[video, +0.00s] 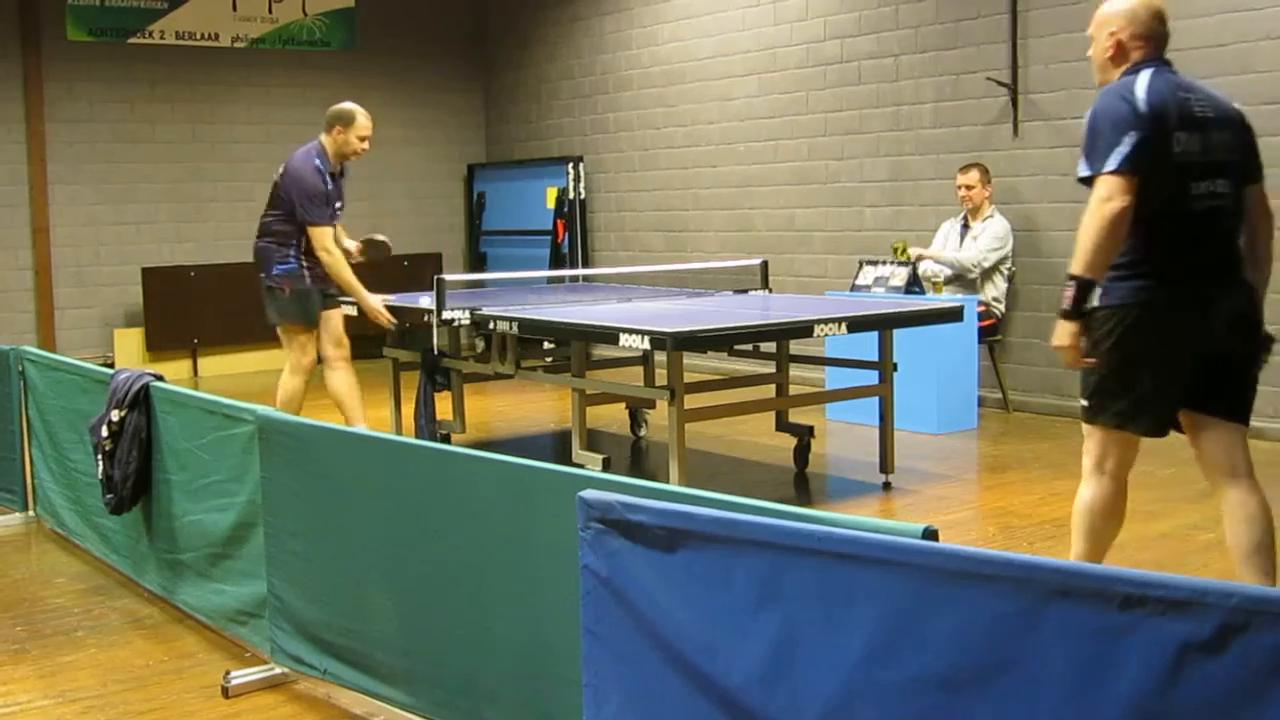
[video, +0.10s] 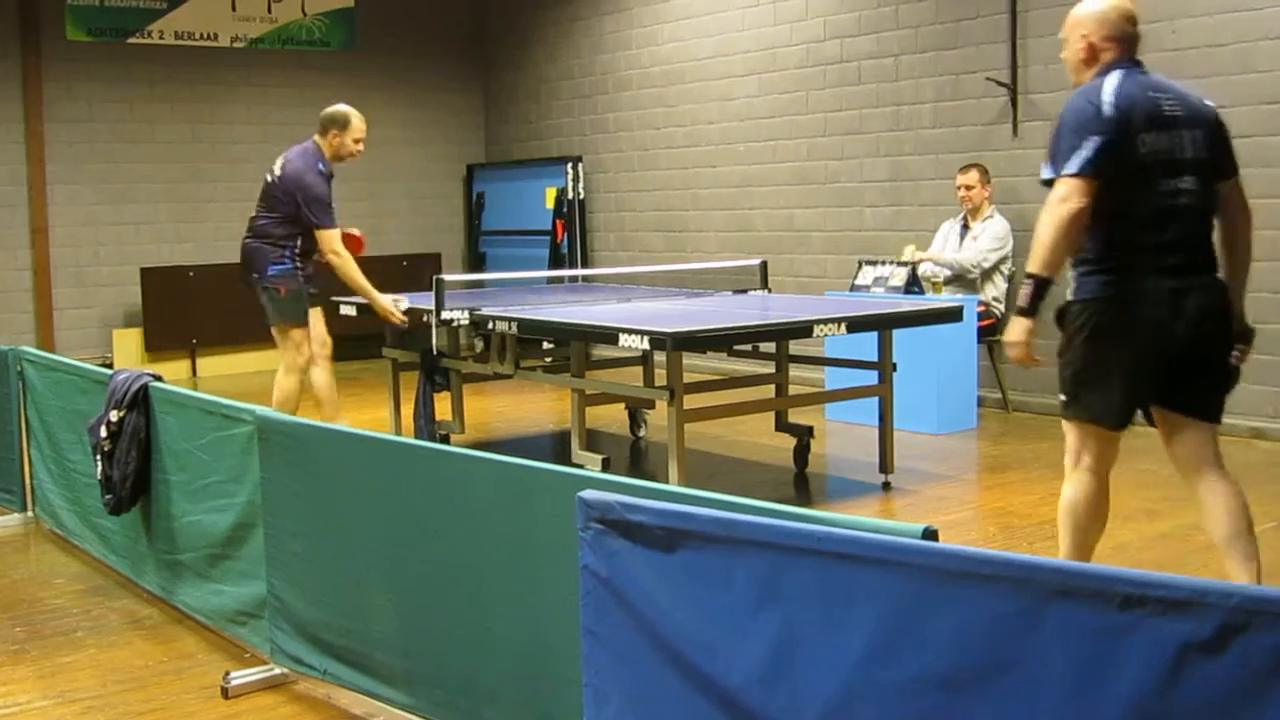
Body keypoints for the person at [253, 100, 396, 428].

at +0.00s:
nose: (366, 147)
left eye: (368, 140)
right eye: (361, 139)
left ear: (341, 135)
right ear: (336, 132)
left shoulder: (334, 165)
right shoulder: (307, 170)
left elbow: (327, 216)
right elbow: (323, 250)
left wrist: (345, 241)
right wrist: (365, 299)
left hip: (317, 259)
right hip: (284, 262)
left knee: (337, 351)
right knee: (301, 359)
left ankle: (360, 438)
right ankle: (278, 444)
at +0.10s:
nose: (361, 149)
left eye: (363, 141)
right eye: (356, 141)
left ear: (332, 136)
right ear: (332, 136)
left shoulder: (307, 155)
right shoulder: (310, 174)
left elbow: (297, 215)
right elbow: (333, 253)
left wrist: (332, 236)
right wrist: (376, 300)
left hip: (289, 258)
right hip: (273, 259)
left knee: (320, 349)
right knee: (295, 355)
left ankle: (337, 435)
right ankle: (278, 442)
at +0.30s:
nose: (343, 143)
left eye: (344, 136)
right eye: (341, 136)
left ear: (316, 130)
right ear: (321, 131)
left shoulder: (277, 149)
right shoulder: (303, 168)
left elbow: (267, 211)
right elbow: (316, 245)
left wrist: (293, 254)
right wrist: (358, 279)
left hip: (239, 257)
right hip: (265, 262)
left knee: (264, 349)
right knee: (287, 354)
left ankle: (250, 432)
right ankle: (277, 440)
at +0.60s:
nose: (289, 143)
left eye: (291, 137)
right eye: (290, 136)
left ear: (259, 127)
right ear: (276, 131)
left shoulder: (228, 155)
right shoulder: (259, 165)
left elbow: (226, 226)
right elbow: (263, 229)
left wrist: (263, 265)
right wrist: (295, 255)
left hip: (204, 261)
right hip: (234, 264)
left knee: (204, 353)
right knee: (272, 353)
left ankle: (172, 427)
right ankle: (274, 443)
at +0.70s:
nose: (274, 145)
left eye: (276, 139)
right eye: (275, 138)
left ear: (243, 128)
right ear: (264, 134)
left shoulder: (214, 156)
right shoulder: (245, 166)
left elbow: (209, 219)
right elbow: (245, 226)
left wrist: (242, 264)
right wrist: (274, 267)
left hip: (188, 260)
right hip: (220, 263)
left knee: (193, 353)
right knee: (260, 351)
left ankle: (169, 431)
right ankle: (269, 441)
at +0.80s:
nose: (263, 147)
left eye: (265, 140)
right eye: (264, 140)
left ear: (231, 129)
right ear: (255, 135)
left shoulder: (201, 157)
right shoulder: (235, 166)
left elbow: (195, 218)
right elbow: (229, 222)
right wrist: (252, 273)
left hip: (175, 262)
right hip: (210, 264)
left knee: (186, 353)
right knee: (251, 352)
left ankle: (167, 433)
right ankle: (267, 441)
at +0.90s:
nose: (254, 147)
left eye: (257, 141)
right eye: (256, 141)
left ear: (222, 129)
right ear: (246, 136)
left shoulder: (192, 156)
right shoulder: (228, 164)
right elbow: (219, 220)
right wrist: (236, 276)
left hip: (167, 263)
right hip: (200, 265)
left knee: (182, 351)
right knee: (249, 348)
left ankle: (169, 434)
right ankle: (255, 440)